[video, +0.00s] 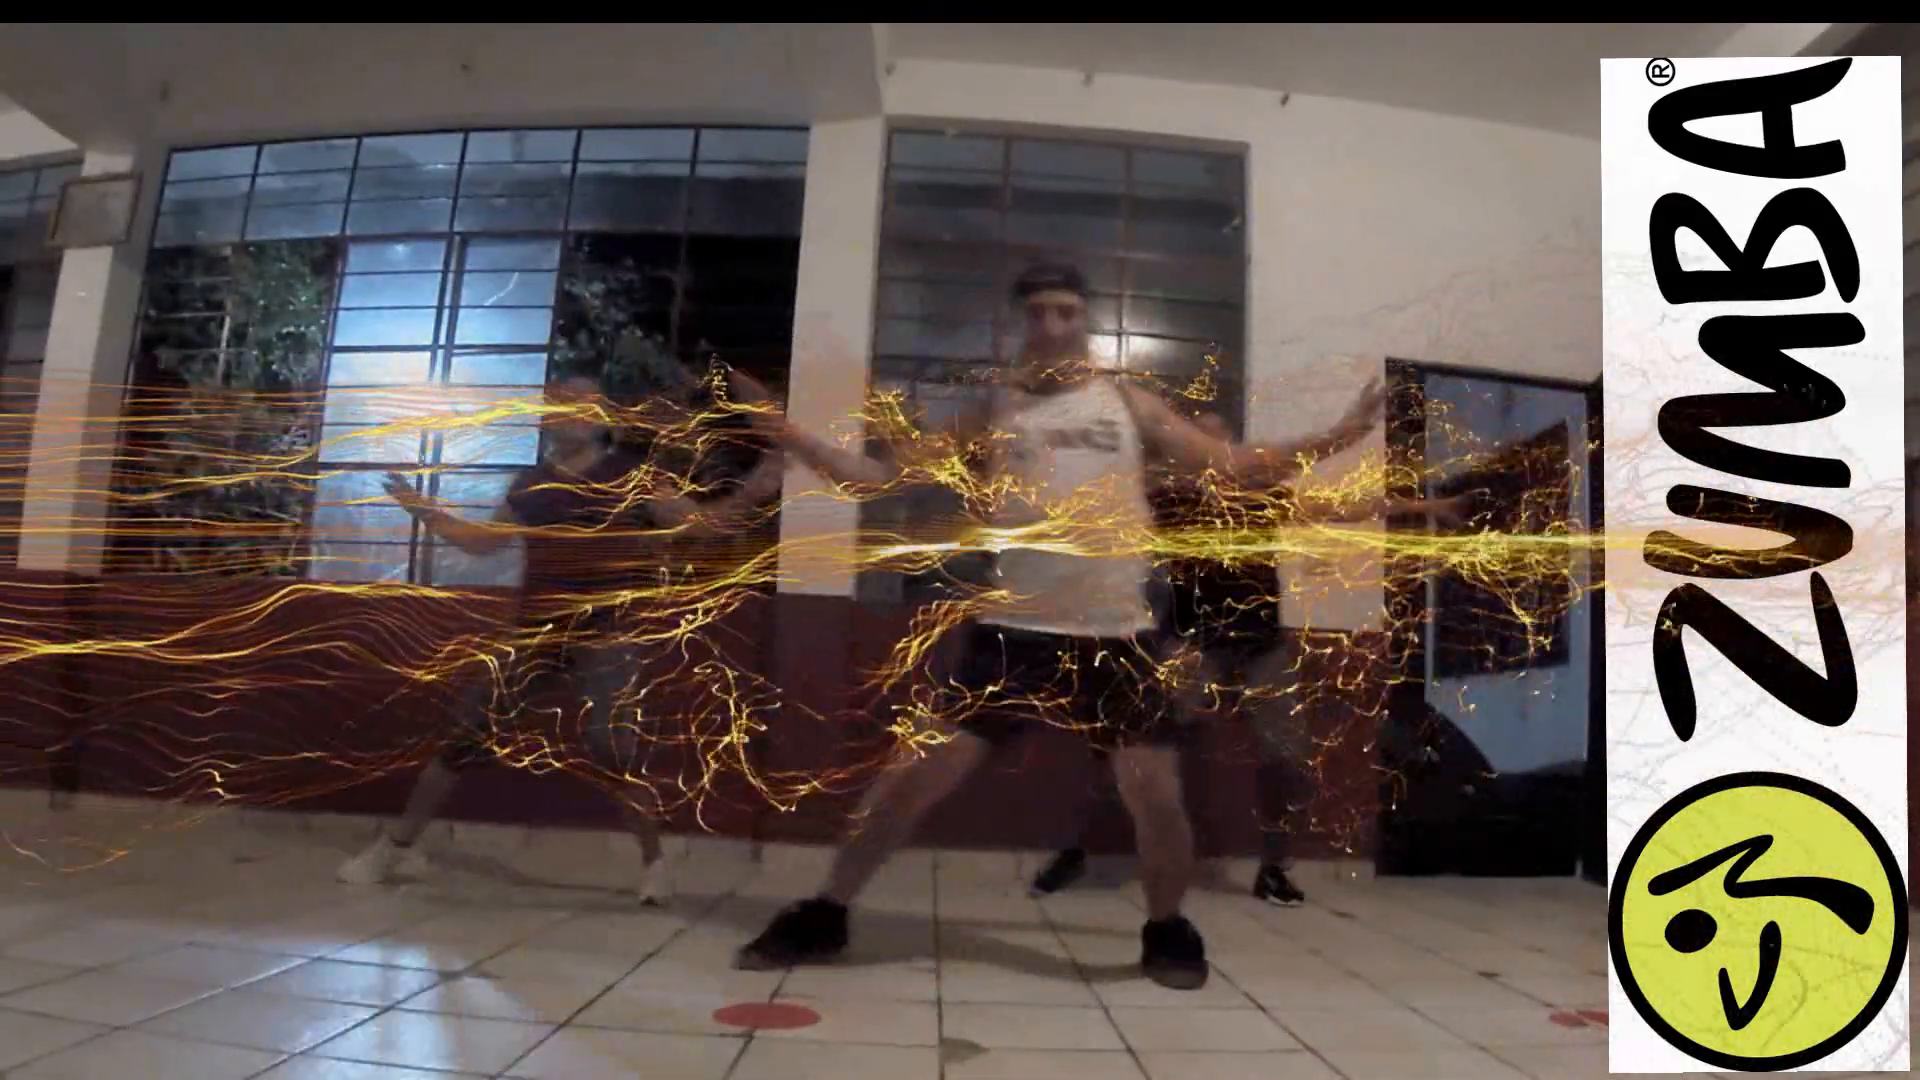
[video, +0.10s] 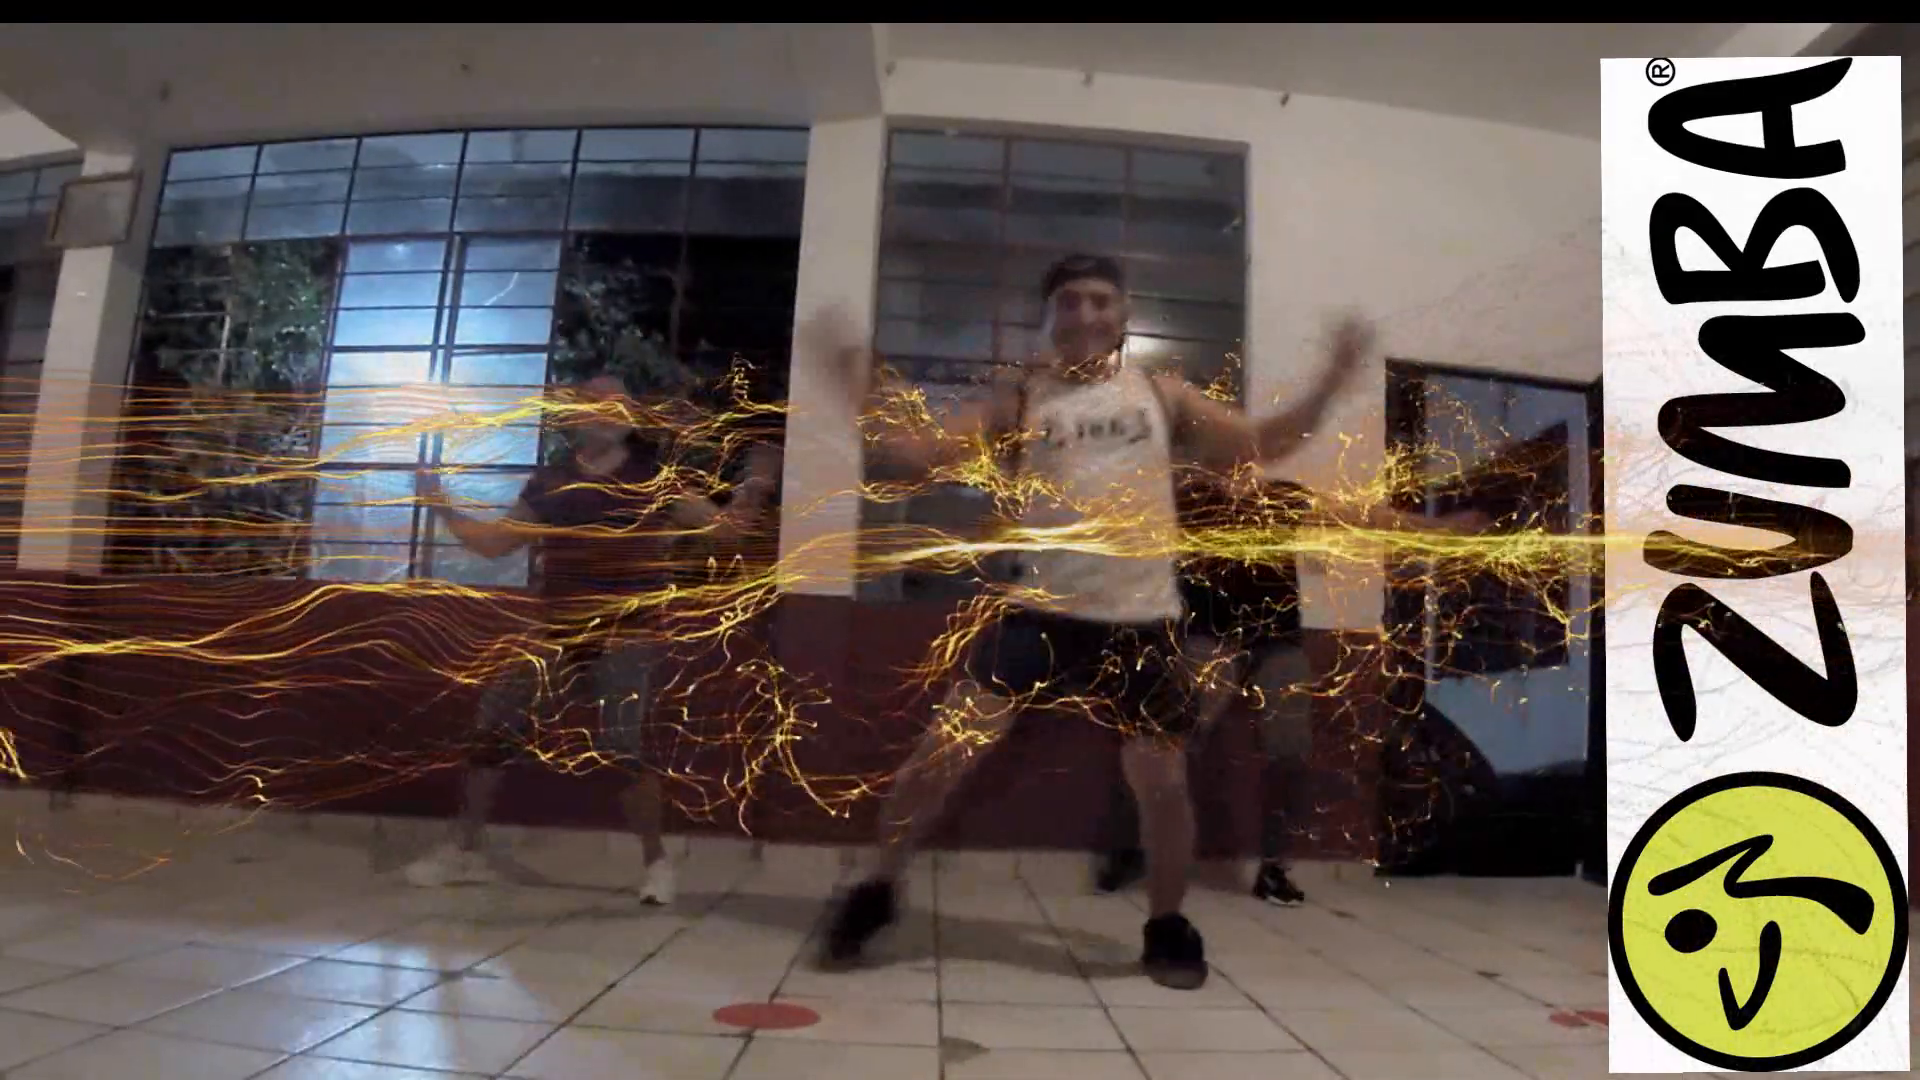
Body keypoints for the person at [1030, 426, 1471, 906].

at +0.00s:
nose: (1210, 452)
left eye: (1218, 442)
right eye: (1197, 441)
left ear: (1237, 447)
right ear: (1179, 447)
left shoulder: (1261, 494)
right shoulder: (1168, 496)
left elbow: (1337, 509)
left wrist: (1423, 510)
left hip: (1261, 638)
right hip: (1191, 636)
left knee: (1283, 754)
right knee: (1147, 742)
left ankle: (1273, 867)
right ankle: (1078, 846)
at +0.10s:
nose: (1239, 464)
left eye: (1244, 453)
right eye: (1227, 454)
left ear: (1258, 456)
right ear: (1207, 456)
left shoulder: (1282, 498)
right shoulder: (1192, 498)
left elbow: (1352, 514)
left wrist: (1436, 528)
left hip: (1276, 628)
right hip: (1209, 627)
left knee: (1289, 749)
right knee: (1176, 741)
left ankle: (1273, 864)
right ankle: (1129, 846)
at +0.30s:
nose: (1260, 418)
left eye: (1265, 408)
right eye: (1250, 408)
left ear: (1274, 414)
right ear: (1228, 413)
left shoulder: (1289, 469)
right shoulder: (1202, 460)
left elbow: (1360, 514)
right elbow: (1187, 494)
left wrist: (1340, 482)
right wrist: (1252, 470)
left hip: (1287, 607)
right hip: (1223, 606)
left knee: (1292, 732)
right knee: (1240, 732)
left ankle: (1287, 856)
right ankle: (1237, 852)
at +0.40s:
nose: (1263, 428)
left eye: (1270, 420)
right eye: (1253, 419)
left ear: (1281, 429)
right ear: (1232, 427)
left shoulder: (1290, 487)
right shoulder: (1214, 479)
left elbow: (1358, 537)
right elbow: (1201, 517)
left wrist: (1324, 499)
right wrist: (1272, 492)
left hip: (1290, 627)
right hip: (1227, 628)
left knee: (1302, 744)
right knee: (1244, 749)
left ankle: (1301, 862)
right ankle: (1252, 859)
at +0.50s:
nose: (1267, 443)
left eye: (1274, 436)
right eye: (1255, 434)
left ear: (1283, 449)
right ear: (1233, 444)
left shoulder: (1295, 511)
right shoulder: (1210, 502)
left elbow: (1356, 562)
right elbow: (1192, 555)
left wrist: (1363, 543)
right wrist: (1262, 554)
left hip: (1288, 648)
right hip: (1223, 648)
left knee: (1304, 753)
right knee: (1226, 754)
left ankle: (1297, 866)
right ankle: (1229, 855)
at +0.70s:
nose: (1249, 431)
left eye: (1254, 424)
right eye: (1239, 423)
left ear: (1260, 436)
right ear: (1216, 432)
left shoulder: (1271, 494)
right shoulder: (1184, 479)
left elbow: (1344, 535)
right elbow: (1111, 501)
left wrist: (1428, 556)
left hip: (1258, 632)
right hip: (1187, 627)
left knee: (1283, 743)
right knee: (1149, 739)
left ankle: (1296, 867)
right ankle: (1102, 848)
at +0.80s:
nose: (1223, 436)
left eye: (1230, 428)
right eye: (1214, 428)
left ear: (1240, 440)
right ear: (1192, 435)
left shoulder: (1248, 501)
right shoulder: (1158, 484)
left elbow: (1323, 523)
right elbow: (1076, 478)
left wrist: (1396, 535)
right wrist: (1018, 478)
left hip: (1230, 637)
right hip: (1160, 634)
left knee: (1264, 746)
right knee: (1120, 745)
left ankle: (1292, 868)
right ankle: (1066, 849)